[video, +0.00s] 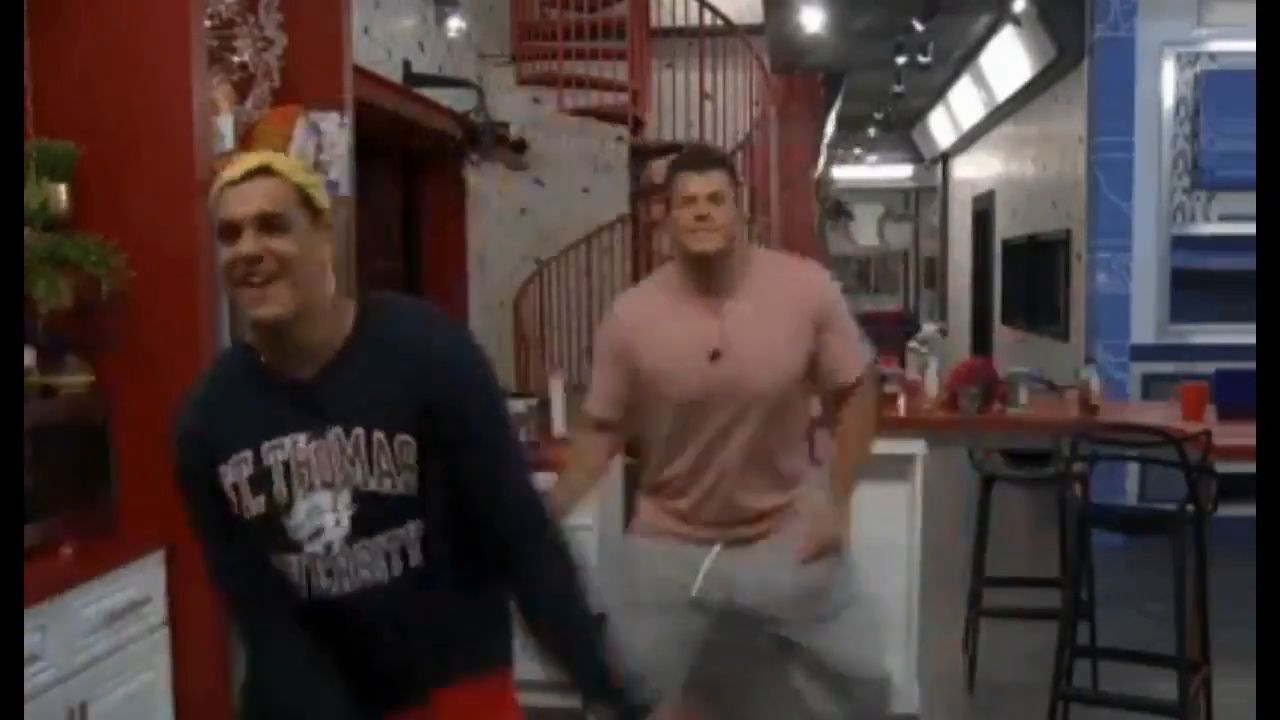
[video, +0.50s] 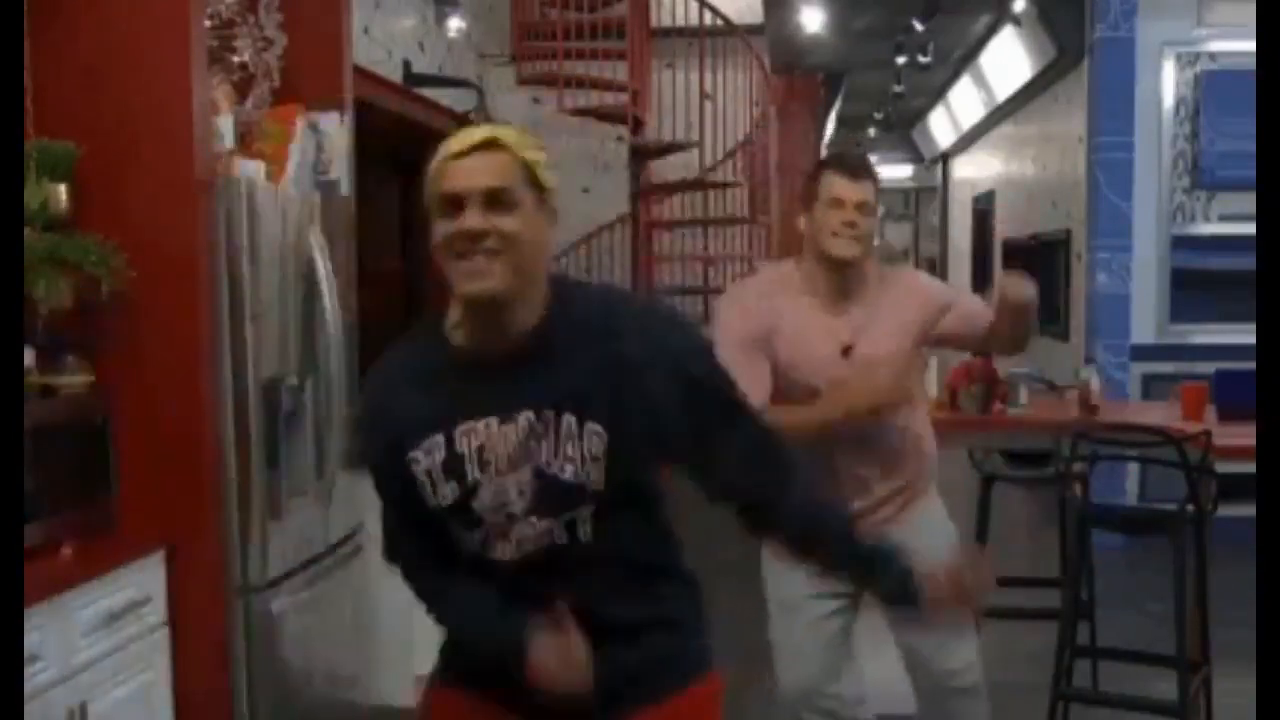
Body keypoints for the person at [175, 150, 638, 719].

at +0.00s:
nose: (248, 251)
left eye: (273, 228)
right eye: (230, 235)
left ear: (325, 238)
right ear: (218, 256)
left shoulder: (430, 354)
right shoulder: (208, 421)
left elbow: (520, 533)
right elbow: (258, 617)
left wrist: (604, 686)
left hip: (452, 683)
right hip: (305, 691)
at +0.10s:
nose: (247, 236)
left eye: (270, 212)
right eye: (227, 222)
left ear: (326, 225)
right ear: (215, 249)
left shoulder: (433, 327)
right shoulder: (215, 419)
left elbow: (568, 468)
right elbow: (297, 596)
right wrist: (452, 690)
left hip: (481, 652)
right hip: (337, 671)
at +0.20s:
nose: (293, 215)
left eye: (316, 191)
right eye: (274, 202)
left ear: (373, 199)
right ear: (264, 229)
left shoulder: (489, 267)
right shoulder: (278, 392)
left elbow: (651, 333)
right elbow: (362, 563)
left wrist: (826, 367)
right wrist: (471, 485)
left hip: (559, 655)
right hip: (406, 669)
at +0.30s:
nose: (344, 232)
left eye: (366, 207)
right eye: (324, 219)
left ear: (421, 220)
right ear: (313, 247)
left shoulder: (527, 285)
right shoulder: (320, 420)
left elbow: (686, 309)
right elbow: (387, 583)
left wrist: (840, 318)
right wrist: (455, 464)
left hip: (599, 674)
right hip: (444, 685)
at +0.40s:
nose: (425, 238)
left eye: (449, 215)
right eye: (404, 225)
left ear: (502, 231)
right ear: (387, 253)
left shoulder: (596, 316)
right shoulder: (382, 421)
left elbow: (743, 381)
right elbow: (428, 611)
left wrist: (878, 423)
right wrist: (505, 539)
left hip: (642, 676)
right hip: (490, 688)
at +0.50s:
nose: (472, 226)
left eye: (499, 205)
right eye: (450, 209)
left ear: (548, 220)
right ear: (431, 233)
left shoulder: (635, 339)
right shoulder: (397, 389)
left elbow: (759, 475)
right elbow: (420, 554)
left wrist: (902, 580)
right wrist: (515, 639)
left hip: (647, 664)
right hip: (484, 673)